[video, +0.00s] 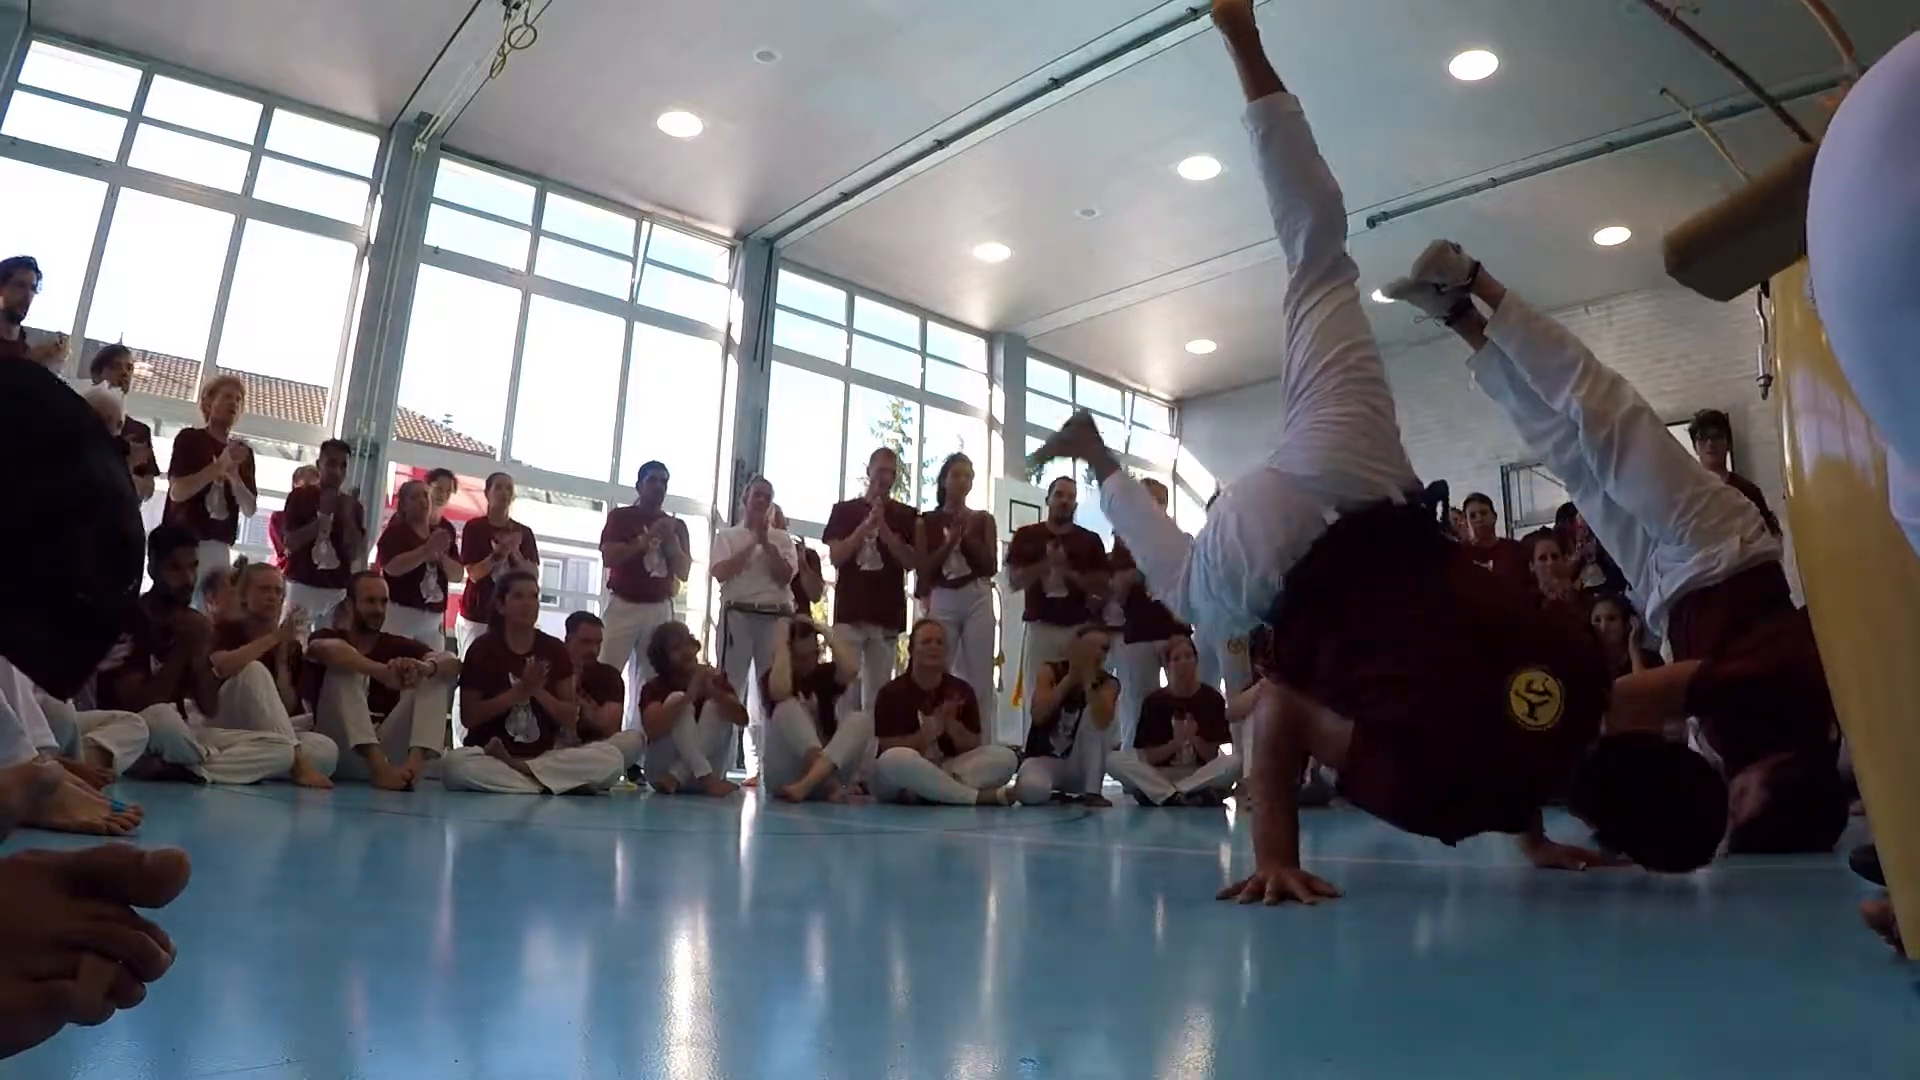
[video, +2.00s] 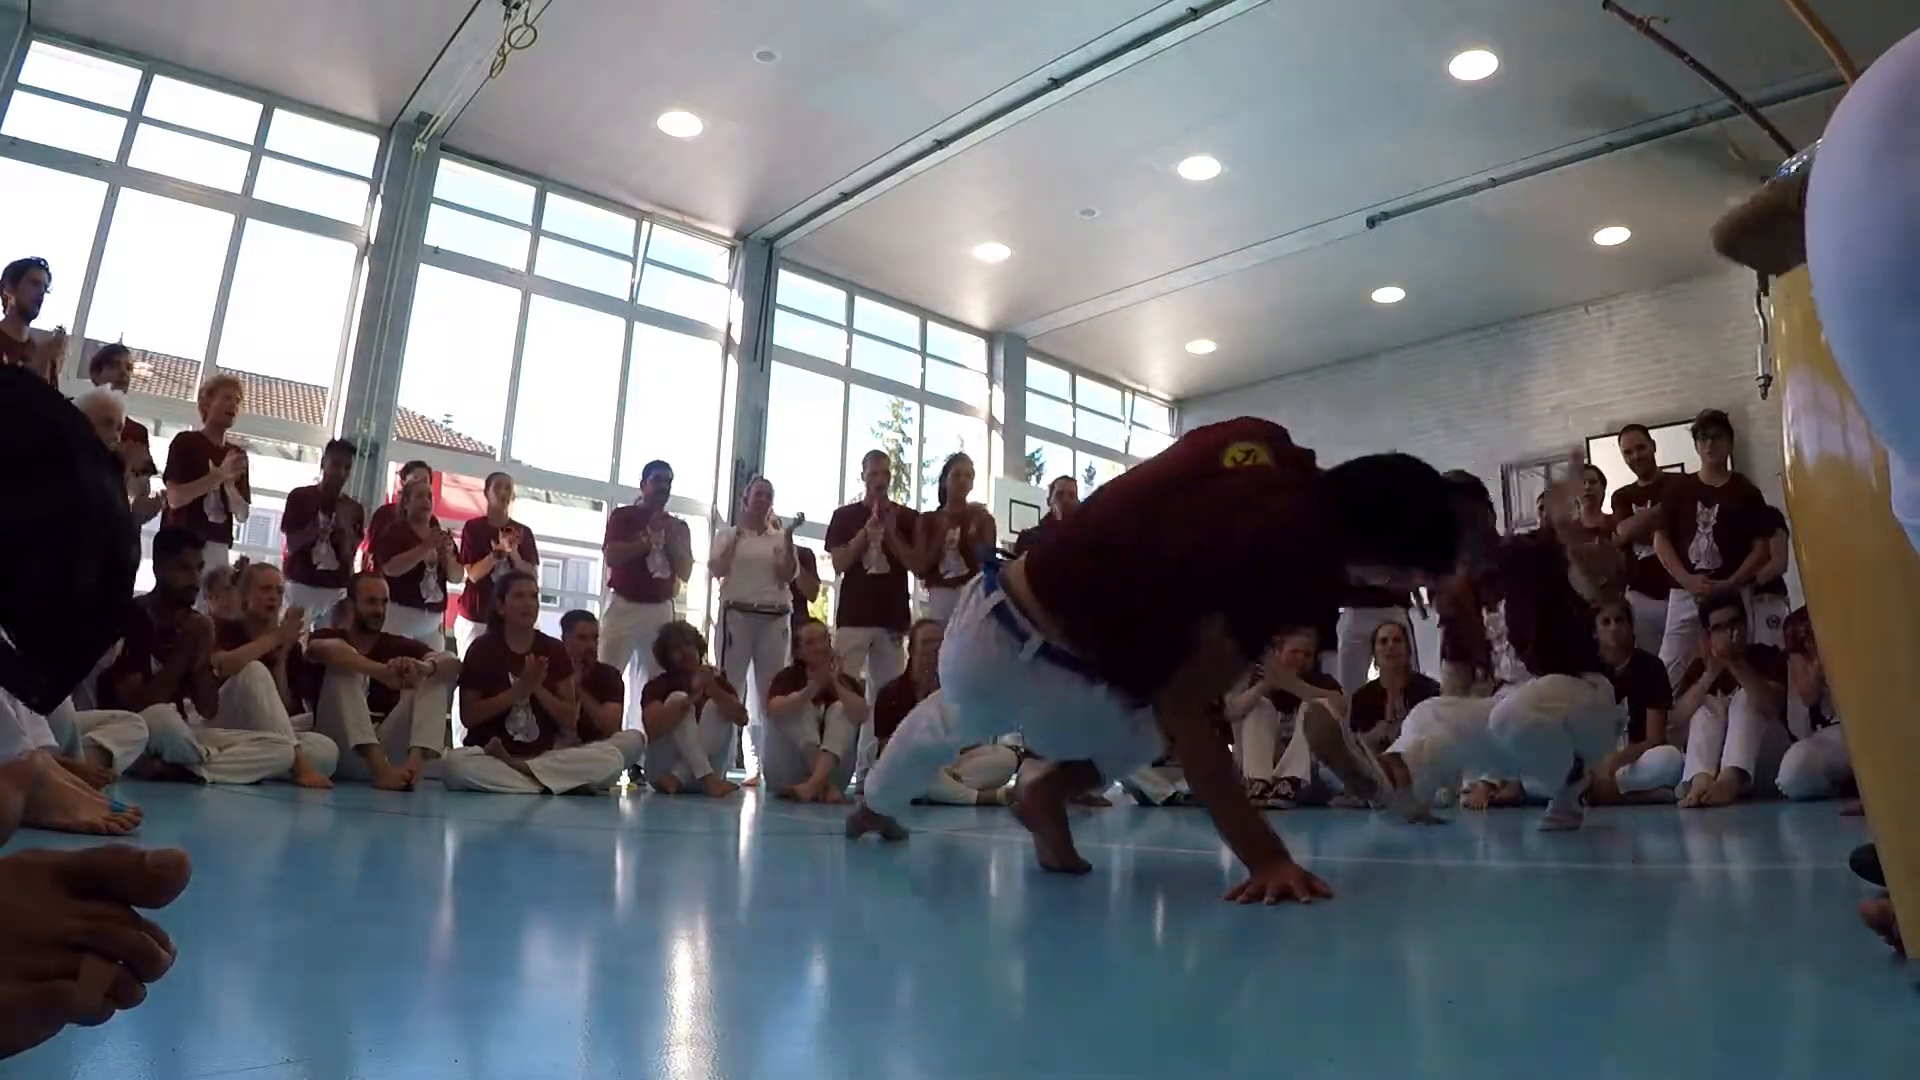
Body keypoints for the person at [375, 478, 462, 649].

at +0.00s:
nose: (423, 501)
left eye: (426, 496)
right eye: (415, 497)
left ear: (431, 501)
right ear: (402, 504)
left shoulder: (441, 533)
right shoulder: (395, 531)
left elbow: (457, 575)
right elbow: (392, 568)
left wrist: (441, 555)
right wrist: (428, 549)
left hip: (434, 614)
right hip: (400, 611)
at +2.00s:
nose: (426, 502)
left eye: (429, 497)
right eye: (419, 496)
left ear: (433, 502)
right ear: (406, 502)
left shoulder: (440, 535)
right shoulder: (394, 531)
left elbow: (457, 577)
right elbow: (390, 569)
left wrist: (448, 555)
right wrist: (426, 547)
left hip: (434, 614)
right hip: (401, 610)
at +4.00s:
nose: (425, 502)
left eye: (428, 497)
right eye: (418, 497)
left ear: (432, 502)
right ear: (405, 503)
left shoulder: (440, 536)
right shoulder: (394, 532)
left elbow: (455, 577)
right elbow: (387, 569)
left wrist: (445, 548)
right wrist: (424, 547)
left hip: (434, 613)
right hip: (401, 610)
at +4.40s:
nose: (426, 501)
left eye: (429, 496)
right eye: (419, 496)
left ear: (433, 501)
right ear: (404, 502)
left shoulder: (440, 536)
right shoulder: (394, 533)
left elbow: (455, 577)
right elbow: (385, 569)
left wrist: (447, 548)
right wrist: (421, 546)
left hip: (433, 614)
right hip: (399, 611)